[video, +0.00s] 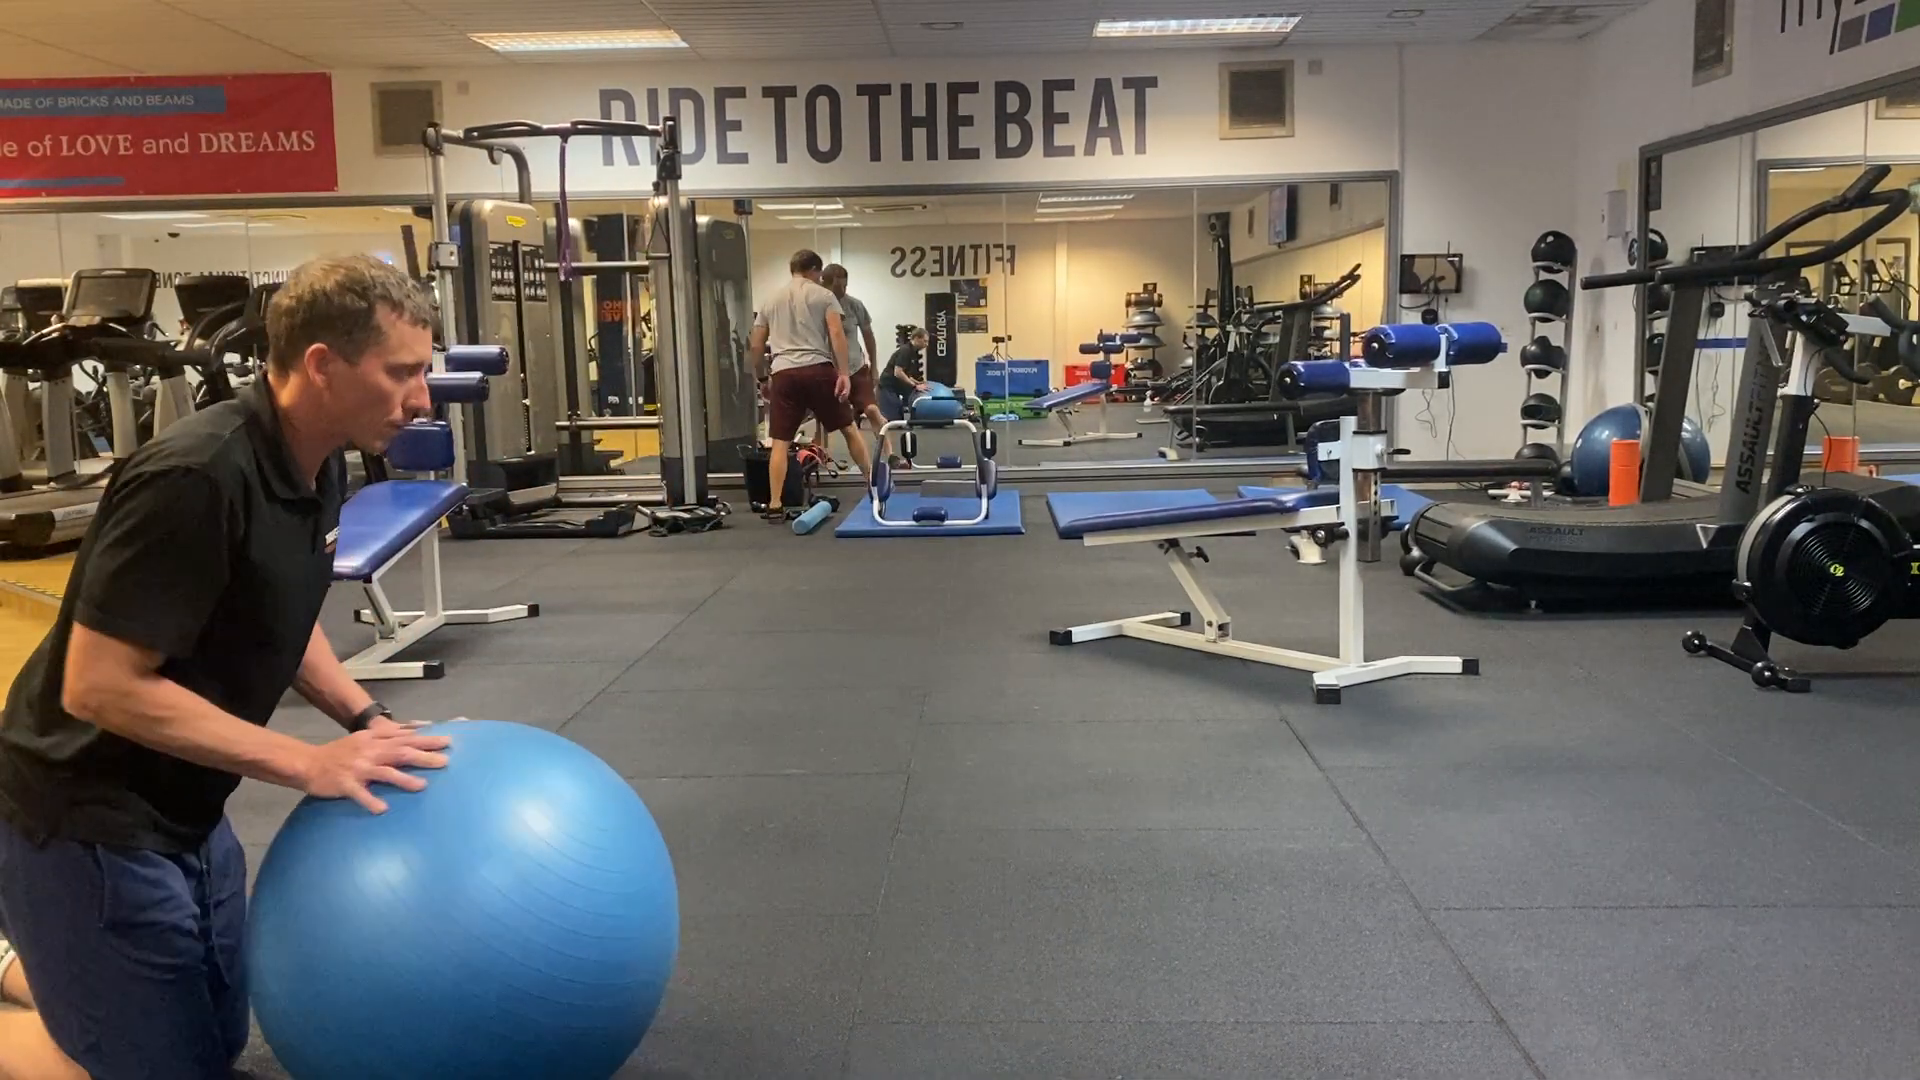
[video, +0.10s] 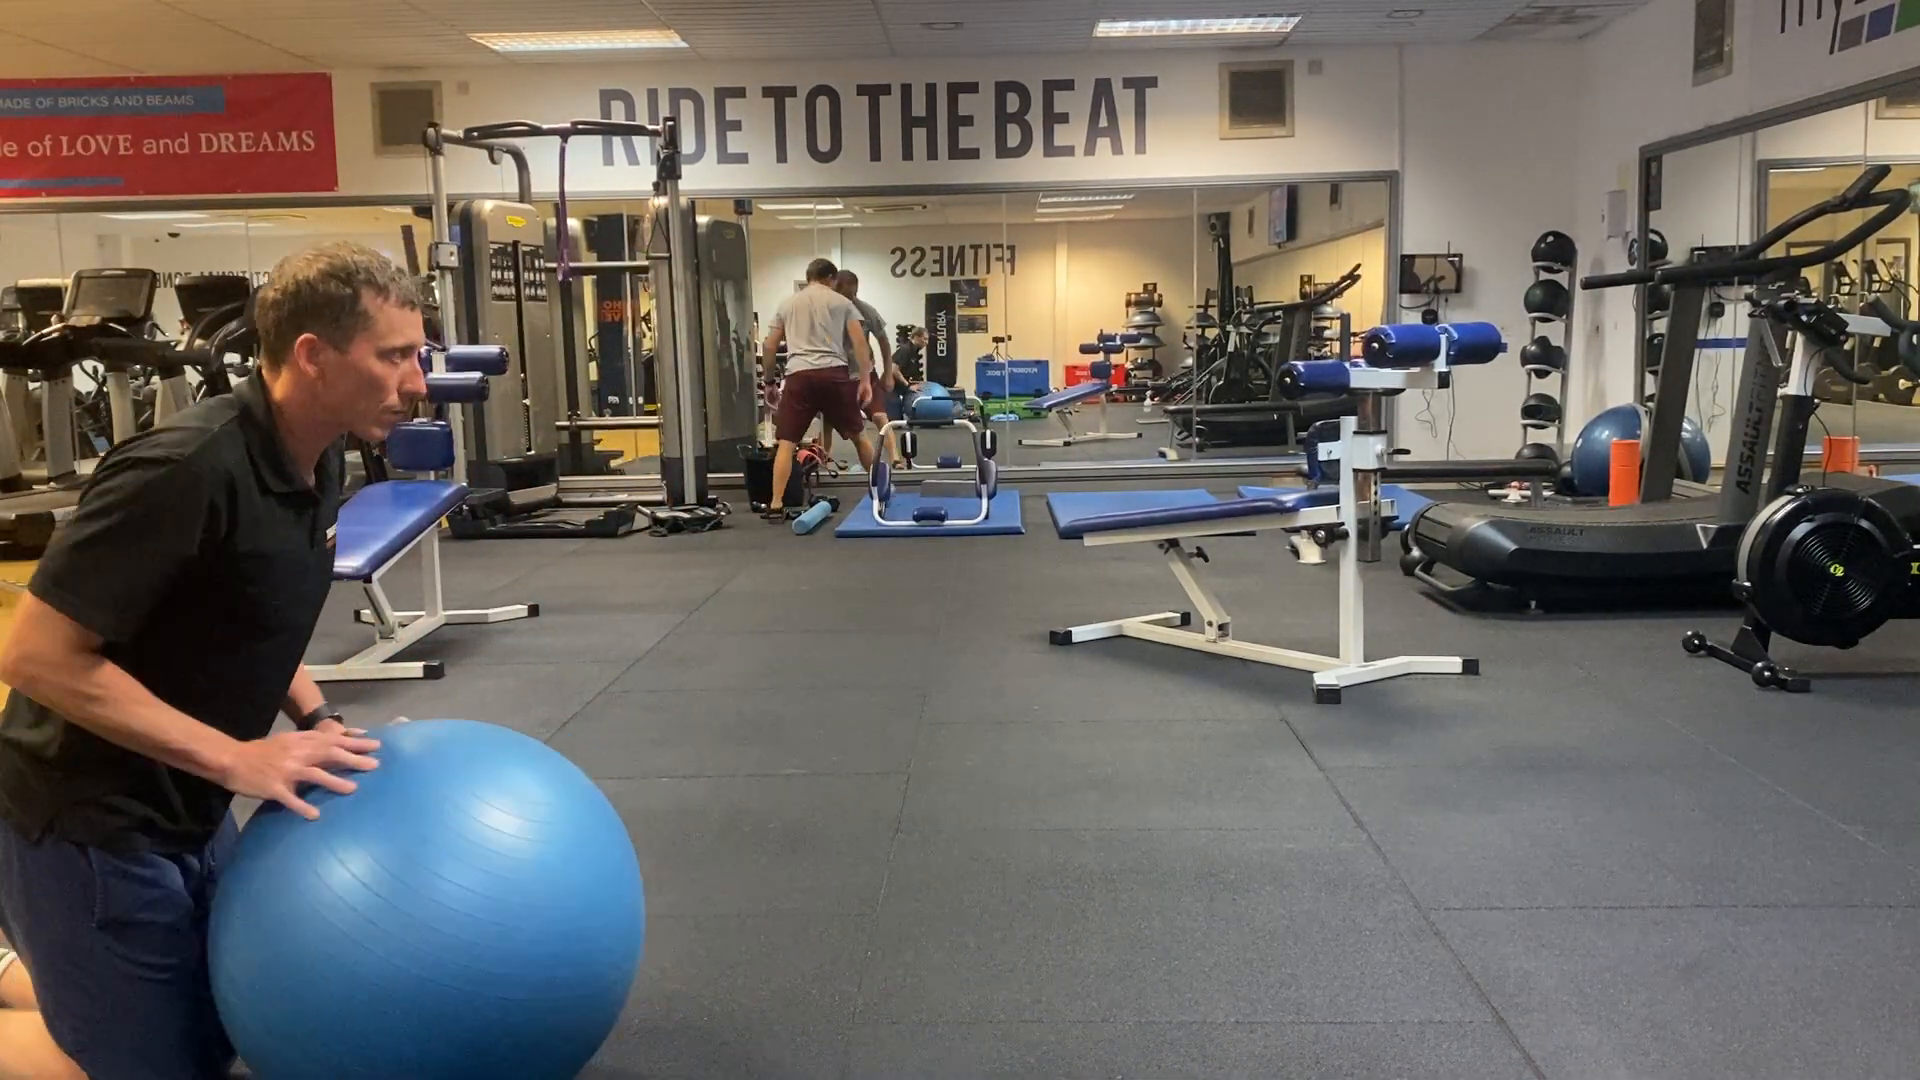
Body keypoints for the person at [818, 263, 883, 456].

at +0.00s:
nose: (841, 286)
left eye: (843, 282)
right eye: (836, 282)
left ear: (846, 282)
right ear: (824, 283)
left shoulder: (855, 305)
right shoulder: (816, 305)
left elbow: (868, 336)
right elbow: (811, 339)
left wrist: (874, 366)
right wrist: (815, 368)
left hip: (857, 368)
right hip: (828, 370)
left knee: (871, 410)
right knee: (821, 417)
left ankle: (891, 455)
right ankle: (819, 457)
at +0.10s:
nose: (842, 292)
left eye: (846, 288)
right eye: (839, 287)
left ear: (855, 288)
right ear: (833, 286)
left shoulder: (866, 311)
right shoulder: (826, 310)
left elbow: (883, 341)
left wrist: (888, 373)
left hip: (864, 371)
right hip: (836, 373)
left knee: (879, 416)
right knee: (828, 418)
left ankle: (894, 458)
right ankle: (824, 457)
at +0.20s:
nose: (858, 303)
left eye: (862, 298)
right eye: (855, 298)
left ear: (869, 298)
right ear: (850, 296)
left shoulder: (882, 320)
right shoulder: (839, 317)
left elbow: (899, 353)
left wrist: (901, 385)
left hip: (875, 377)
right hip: (847, 379)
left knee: (885, 419)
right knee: (833, 423)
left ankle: (898, 460)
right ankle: (824, 461)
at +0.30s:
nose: (869, 314)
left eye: (872, 310)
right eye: (867, 310)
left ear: (881, 312)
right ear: (865, 310)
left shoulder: (892, 332)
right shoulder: (854, 330)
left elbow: (907, 365)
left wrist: (912, 400)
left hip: (888, 381)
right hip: (861, 383)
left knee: (893, 423)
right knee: (840, 423)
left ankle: (899, 460)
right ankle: (827, 460)